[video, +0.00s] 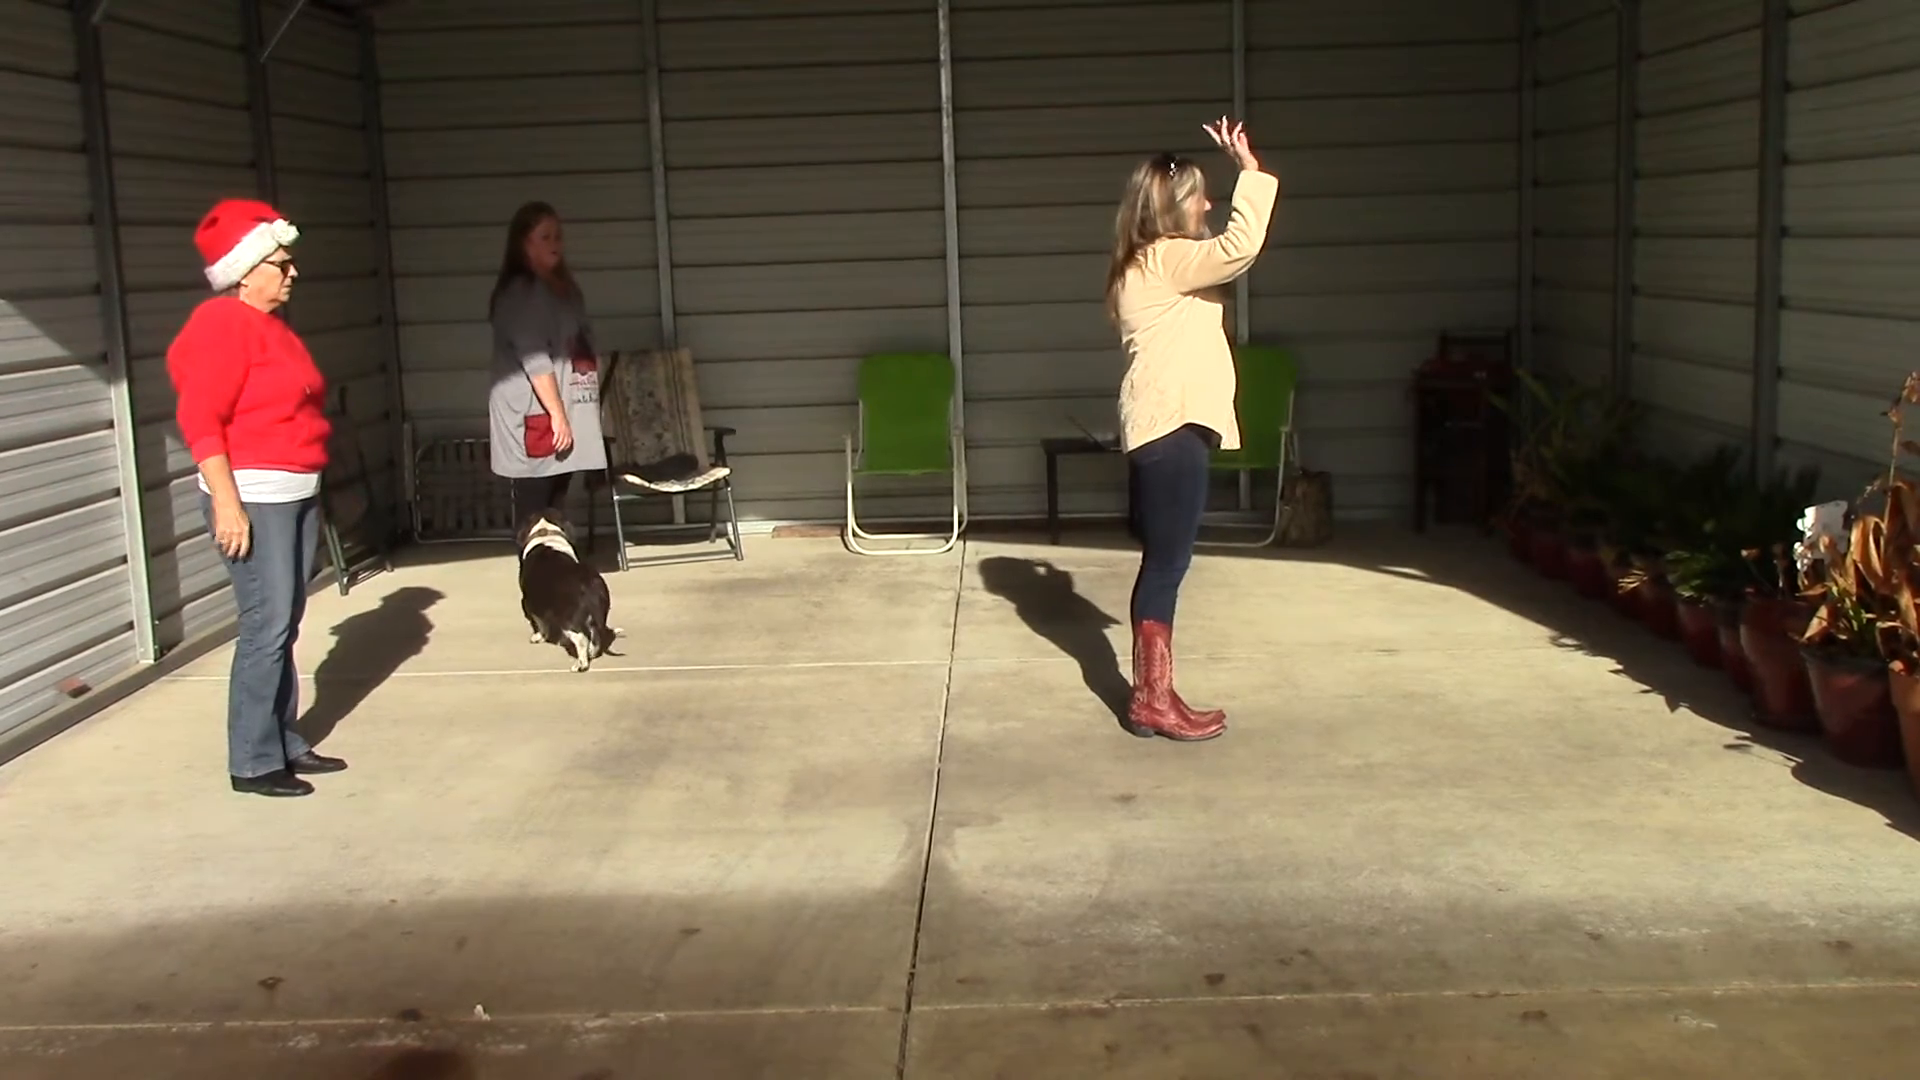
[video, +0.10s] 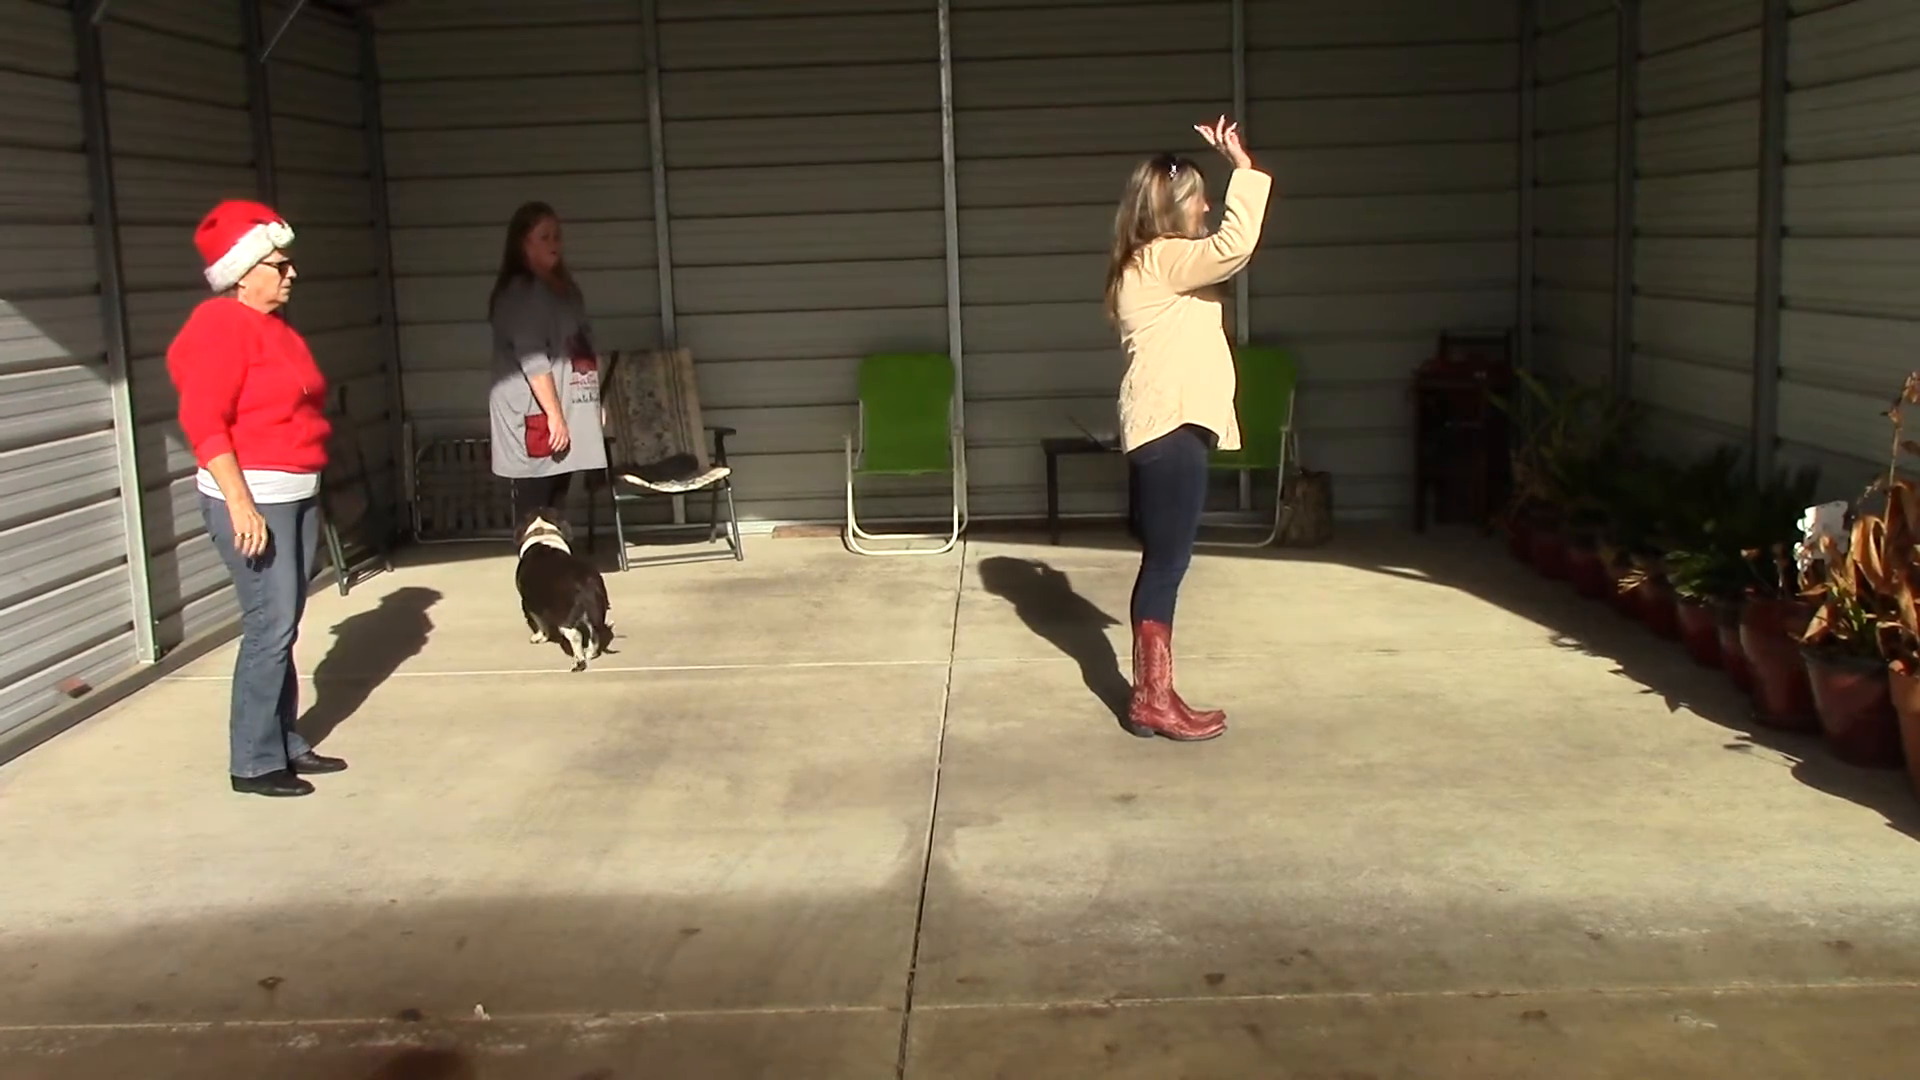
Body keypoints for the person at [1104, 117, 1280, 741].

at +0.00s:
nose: (1209, 206)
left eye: (1206, 196)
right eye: (1200, 197)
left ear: (1164, 206)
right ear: (1171, 205)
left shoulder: (1147, 265)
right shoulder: (1163, 258)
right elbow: (1239, 248)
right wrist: (1254, 175)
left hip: (1162, 428)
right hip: (1174, 428)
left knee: (1163, 558)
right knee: (1167, 559)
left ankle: (1153, 694)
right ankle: (1152, 699)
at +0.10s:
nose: (1208, 208)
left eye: (1206, 198)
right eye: (1199, 198)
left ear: (1161, 204)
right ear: (1171, 204)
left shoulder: (1147, 263)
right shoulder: (1161, 257)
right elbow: (1234, 247)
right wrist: (1247, 172)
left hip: (1161, 427)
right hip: (1173, 427)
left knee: (1163, 559)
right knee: (1167, 560)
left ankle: (1153, 695)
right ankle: (1152, 699)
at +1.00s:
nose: (1235, 226)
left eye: (1235, 215)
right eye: (1227, 215)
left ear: (1184, 214)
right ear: (1197, 214)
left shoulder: (1158, 274)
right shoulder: (1188, 268)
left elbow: (1217, 333)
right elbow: (1258, 280)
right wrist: (1299, 213)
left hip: (1159, 444)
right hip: (1192, 441)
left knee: (1190, 561)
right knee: (1254, 552)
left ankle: (1150, 686)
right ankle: (1171, 668)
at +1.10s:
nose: (1243, 234)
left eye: (1243, 223)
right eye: (1235, 223)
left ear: (1198, 223)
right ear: (1204, 222)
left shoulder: (1163, 277)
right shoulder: (1193, 271)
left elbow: (1177, 348)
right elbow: (1266, 272)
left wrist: (1226, 330)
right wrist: (1310, 206)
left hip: (1167, 451)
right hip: (1199, 447)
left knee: (1205, 561)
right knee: (1284, 542)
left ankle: (1154, 689)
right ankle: (1217, 668)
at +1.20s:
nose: (1251, 240)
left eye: (1251, 230)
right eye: (1245, 228)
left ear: (1199, 221)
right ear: (1219, 223)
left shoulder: (1170, 280)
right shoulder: (1201, 271)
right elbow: (1277, 259)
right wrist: (1320, 192)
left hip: (1175, 452)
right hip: (1208, 446)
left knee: (1213, 567)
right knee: (1301, 540)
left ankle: (1155, 687)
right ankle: (1278, 679)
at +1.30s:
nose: (1264, 240)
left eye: (1265, 228)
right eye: (1257, 227)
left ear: (1214, 222)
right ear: (1227, 221)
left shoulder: (1181, 280)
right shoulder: (1213, 270)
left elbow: (1191, 367)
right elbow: (1292, 248)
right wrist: (1332, 177)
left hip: (1185, 450)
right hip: (1221, 442)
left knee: (1221, 564)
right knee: (1311, 543)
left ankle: (1158, 685)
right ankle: (1322, 685)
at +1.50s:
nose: (1293, 230)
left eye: (1292, 221)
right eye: (1286, 220)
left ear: (1235, 219)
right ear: (1258, 217)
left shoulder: (1209, 277)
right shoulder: (1256, 263)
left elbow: (1221, 362)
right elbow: (1327, 239)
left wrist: (1279, 423)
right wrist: (1362, 161)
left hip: (1216, 446)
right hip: (1260, 441)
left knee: (1245, 563)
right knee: (1329, 553)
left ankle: (1166, 678)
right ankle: (1330, 695)